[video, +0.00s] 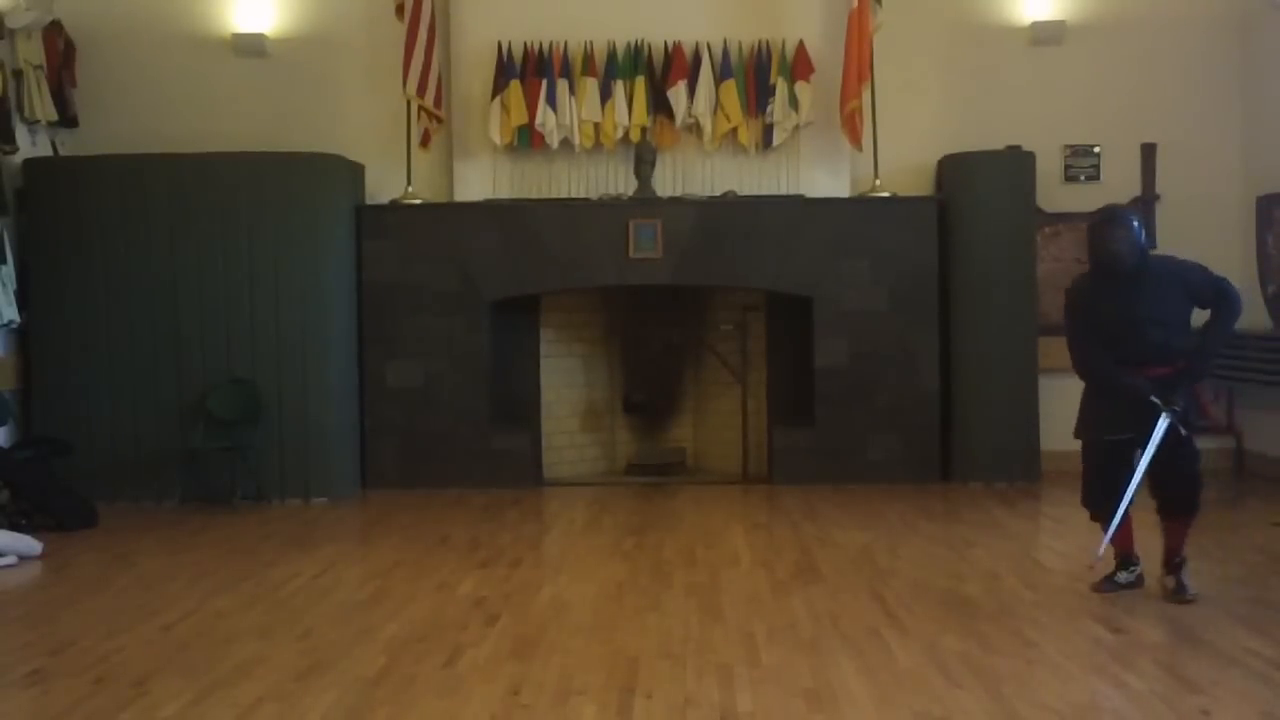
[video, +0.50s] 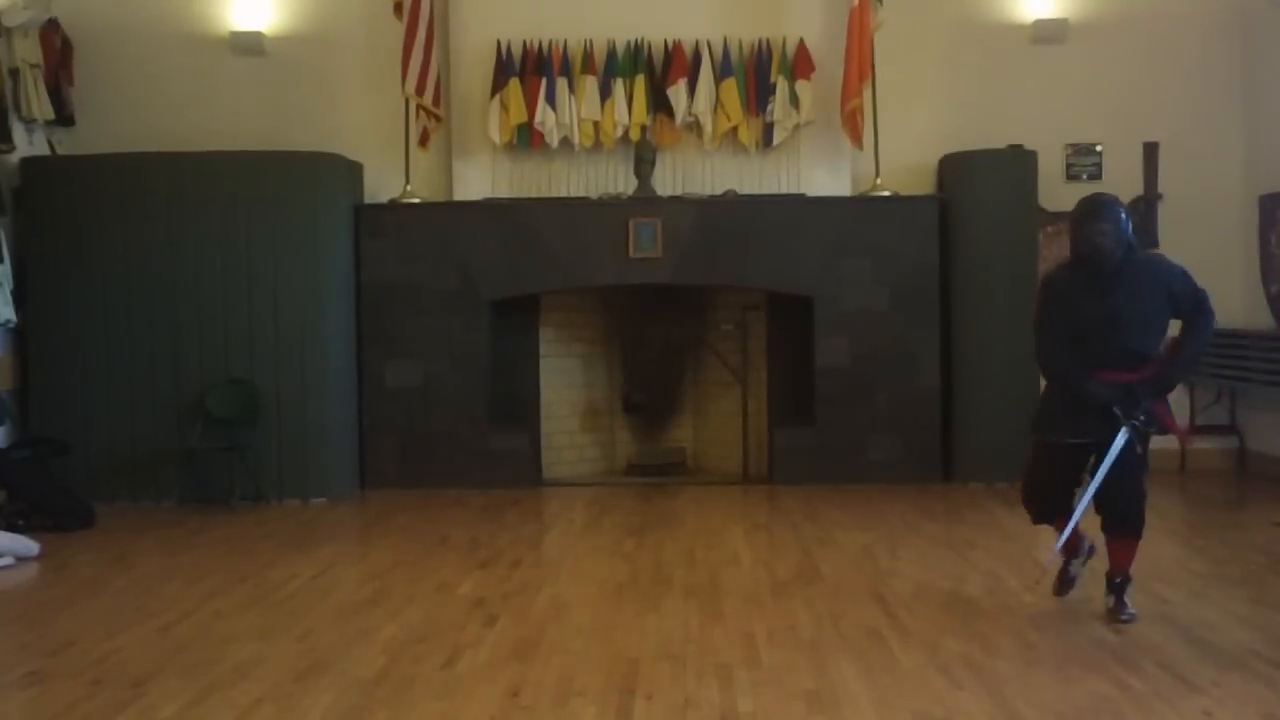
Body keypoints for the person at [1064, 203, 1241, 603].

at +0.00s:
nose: (1116, 250)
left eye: (1123, 240)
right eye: (1107, 242)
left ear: (1140, 239)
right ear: (1095, 246)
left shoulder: (1171, 274)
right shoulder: (1083, 293)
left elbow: (1228, 300)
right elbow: (1086, 362)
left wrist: (1193, 365)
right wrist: (1142, 389)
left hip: (1168, 398)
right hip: (1109, 401)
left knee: (1180, 487)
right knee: (1105, 490)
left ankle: (1174, 569)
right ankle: (1127, 566)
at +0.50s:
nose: (1092, 244)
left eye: (1102, 235)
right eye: (1084, 235)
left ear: (1124, 235)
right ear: (1073, 236)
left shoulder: (1155, 275)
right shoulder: (1059, 284)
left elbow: (1201, 314)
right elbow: (1049, 357)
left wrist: (1172, 372)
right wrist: (1105, 398)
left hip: (1129, 404)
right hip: (1068, 401)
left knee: (1123, 500)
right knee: (1042, 493)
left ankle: (1119, 587)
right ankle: (1076, 549)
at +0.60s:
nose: (1082, 244)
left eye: (1091, 235)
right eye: (1074, 235)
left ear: (1114, 234)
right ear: (1064, 237)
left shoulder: (1147, 274)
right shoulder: (1050, 285)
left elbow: (1192, 315)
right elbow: (1043, 358)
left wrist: (1163, 371)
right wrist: (1098, 400)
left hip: (1124, 399)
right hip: (1062, 395)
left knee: (1118, 498)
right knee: (1026, 489)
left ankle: (1116, 588)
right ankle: (1039, 571)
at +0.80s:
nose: (1065, 248)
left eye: (1073, 238)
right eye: (1055, 240)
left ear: (1091, 237)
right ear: (1040, 243)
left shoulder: (1123, 282)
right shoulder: (1026, 294)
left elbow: (1167, 323)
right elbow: (1021, 369)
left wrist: (1136, 382)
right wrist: (1080, 412)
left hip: (1104, 411)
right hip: (1041, 409)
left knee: (1115, 510)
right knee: (1005, 495)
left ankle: (1115, 592)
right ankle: (963, 589)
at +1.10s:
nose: (997, 255)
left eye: (1004, 244)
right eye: (987, 247)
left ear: (1021, 243)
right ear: (971, 252)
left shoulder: (1051, 283)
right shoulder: (961, 300)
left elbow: (1094, 329)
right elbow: (959, 384)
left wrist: (1070, 392)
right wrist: (1017, 428)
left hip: (1044, 415)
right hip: (982, 415)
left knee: (1080, 508)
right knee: (945, 506)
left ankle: (1101, 584)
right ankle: (941, 612)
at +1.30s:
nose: (961, 243)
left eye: (968, 232)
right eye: (951, 235)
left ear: (986, 232)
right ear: (936, 240)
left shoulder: (1023, 273)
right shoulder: (922, 294)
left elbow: (1067, 319)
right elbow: (921, 374)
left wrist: (1033, 389)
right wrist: (978, 416)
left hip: (1017, 413)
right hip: (950, 416)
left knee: (1043, 506)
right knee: (933, 512)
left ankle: (1048, 584)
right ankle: (941, 609)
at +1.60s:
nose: (944, 234)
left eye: (952, 223)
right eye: (934, 225)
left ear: (973, 223)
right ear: (919, 229)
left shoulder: (1006, 265)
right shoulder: (907, 282)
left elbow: (1054, 312)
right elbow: (900, 363)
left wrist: (1019, 385)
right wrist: (953, 411)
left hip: (999, 413)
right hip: (932, 413)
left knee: (991, 515)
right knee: (932, 514)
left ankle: (978, 618)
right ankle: (939, 613)